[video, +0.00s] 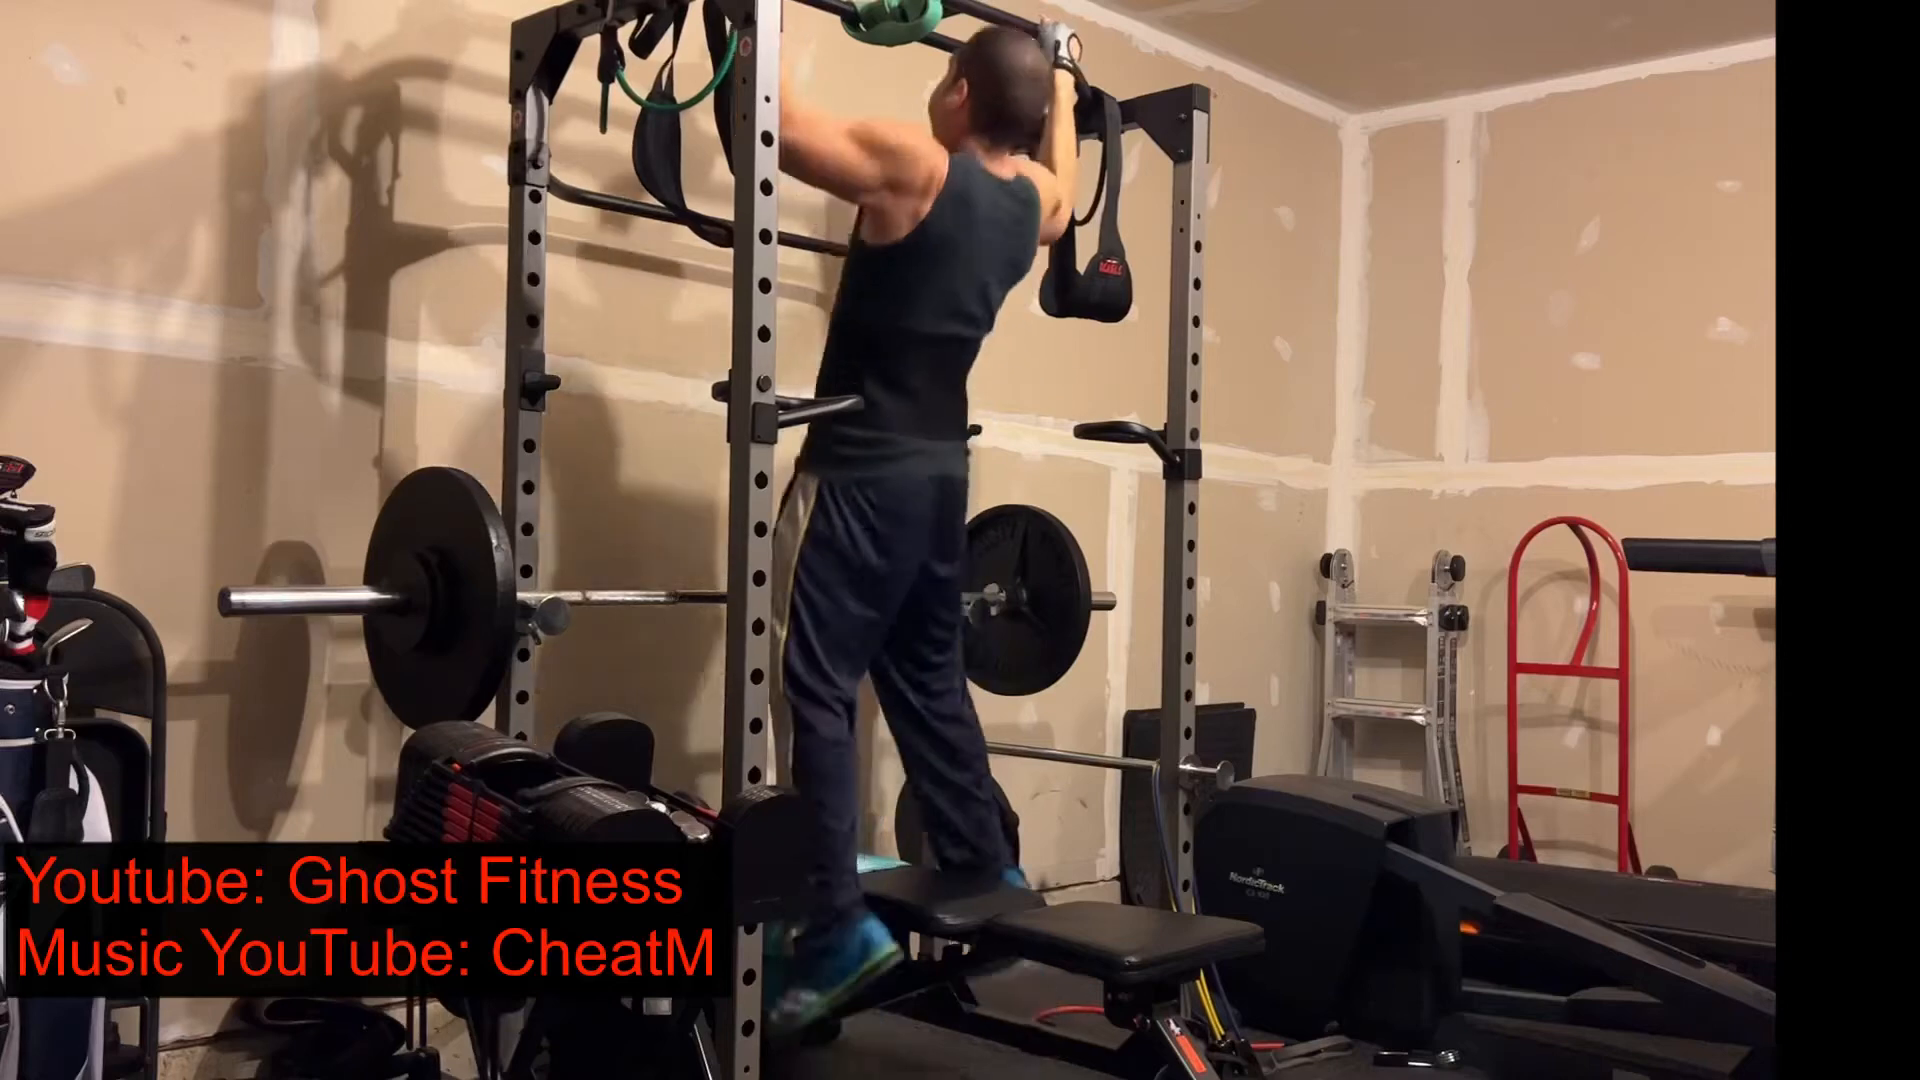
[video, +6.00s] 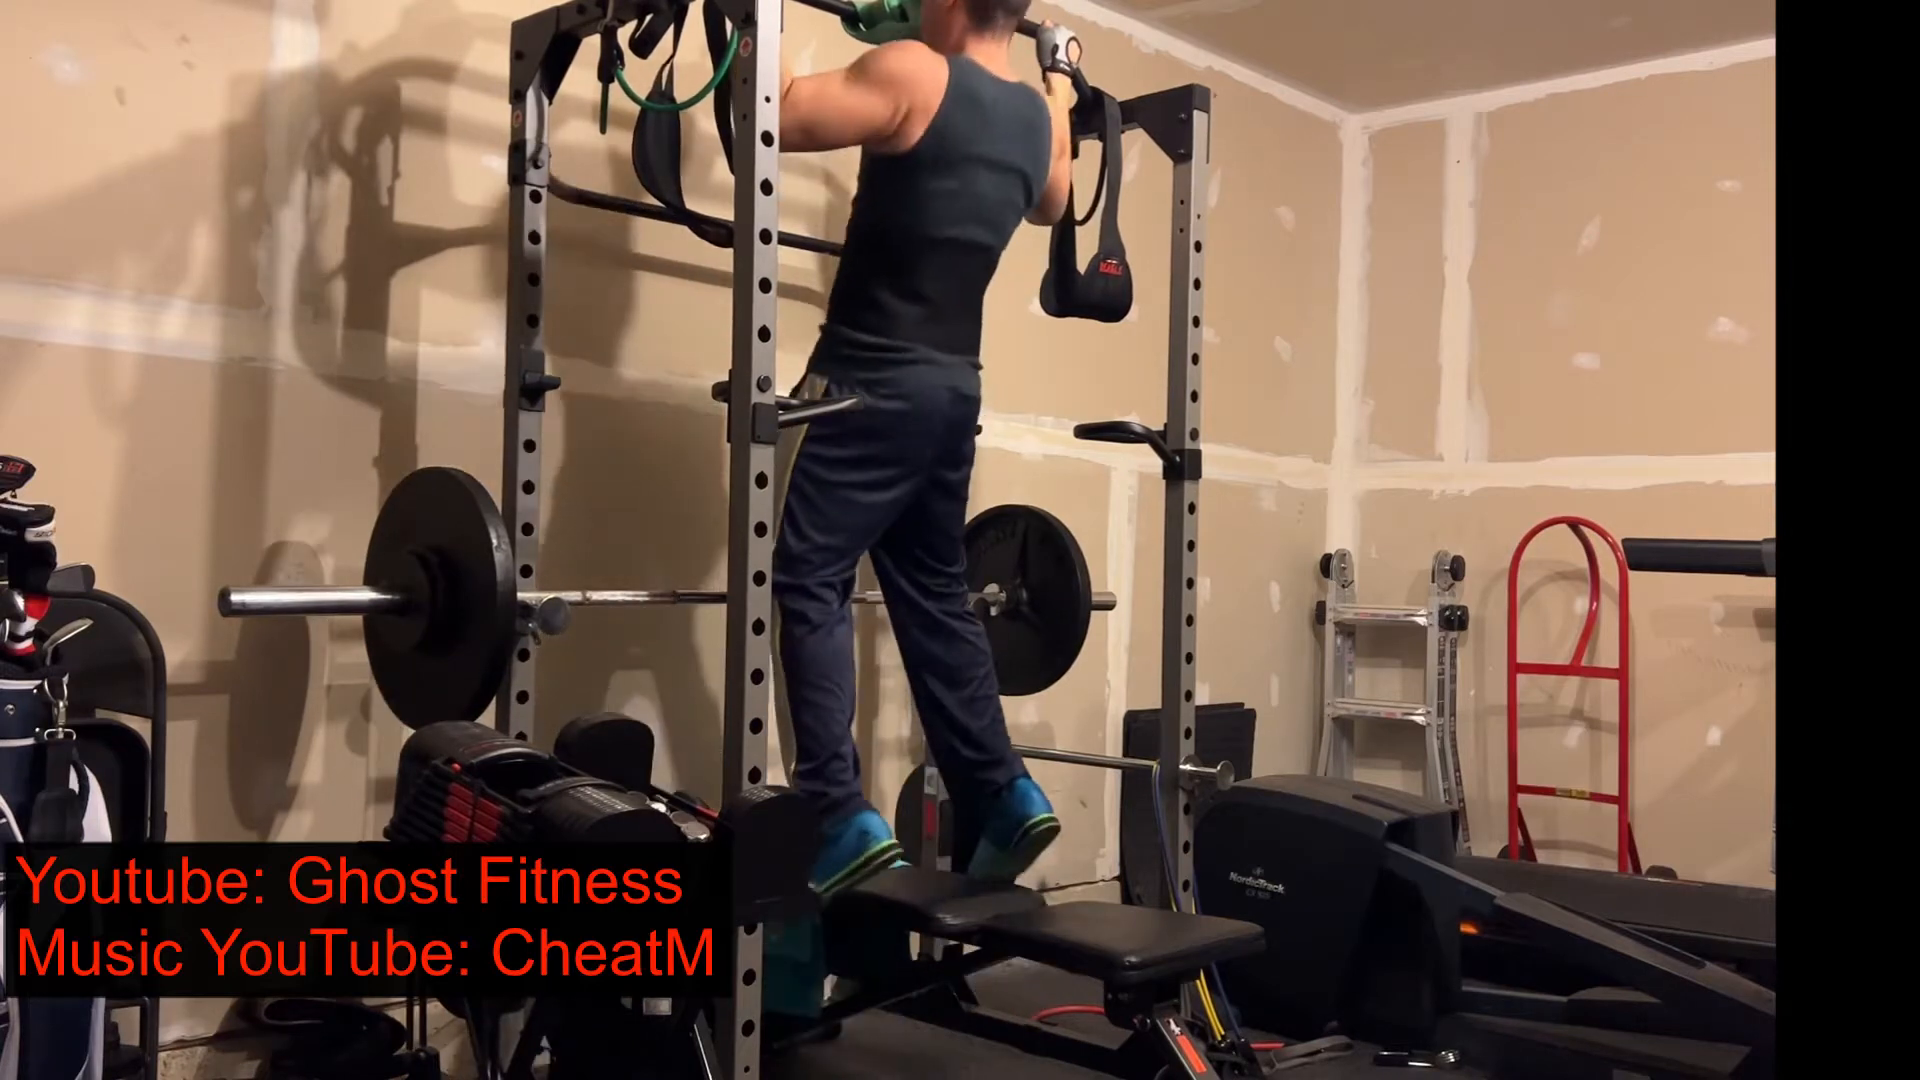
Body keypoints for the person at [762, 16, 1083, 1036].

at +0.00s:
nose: (937, 84)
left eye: (949, 76)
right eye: (948, 72)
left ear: (963, 101)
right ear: (1028, 116)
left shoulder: (911, 159)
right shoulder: (1029, 200)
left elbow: (771, 123)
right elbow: (1060, 188)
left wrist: (755, 24)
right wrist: (1057, 98)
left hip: (865, 471)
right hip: (939, 473)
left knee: (820, 686)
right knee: (928, 681)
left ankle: (839, 918)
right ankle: (983, 877)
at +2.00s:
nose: (912, 70)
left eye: (919, 57)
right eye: (924, 58)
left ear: (932, 76)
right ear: (1001, 100)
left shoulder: (891, 154)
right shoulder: (1012, 196)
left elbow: (760, 125)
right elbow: (1053, 189)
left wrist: (739, 34)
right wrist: (1060, 93)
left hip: (858, 451)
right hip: (932, 453)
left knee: (820, 658)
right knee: (930, 657)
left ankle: (863, 887)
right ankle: (1006, 853)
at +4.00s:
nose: (905, 161)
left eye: (914, 150)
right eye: (917, 151)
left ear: (929, 162)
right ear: (1001, 185)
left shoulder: (892, 236)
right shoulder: (1011, 267)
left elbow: (782, 135)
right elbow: (1044, 186)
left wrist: (764, 26)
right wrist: (1057, 103)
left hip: (856, 536)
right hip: (932, 537)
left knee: (814, 755)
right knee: (927, 747)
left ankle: (859, 983)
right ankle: (1016, 955)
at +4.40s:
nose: (940, 24)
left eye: (947, 12)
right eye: (947, 12)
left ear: (966, 17)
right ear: (1038, 35)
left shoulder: (927, 92)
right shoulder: (1051, 136)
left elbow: (779, 109)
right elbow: (1071, 204)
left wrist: (757, 15)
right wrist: (1055, 94)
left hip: (863, 408)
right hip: (945, 417)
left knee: (782, 597)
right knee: (910, 608)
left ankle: (784, 823)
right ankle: (963, 808)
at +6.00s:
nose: (917, 10)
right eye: (921, 0)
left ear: (951, 7)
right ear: (1013, 20)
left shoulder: (910, 73)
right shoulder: (1035, 116)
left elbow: (769, 114)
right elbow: (1056, 202)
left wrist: (751, 22)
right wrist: (1057, 88)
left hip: (871, 383)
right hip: (952, 392)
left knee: (806, 585)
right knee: (935, 597)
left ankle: (839, 813)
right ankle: (1002, 798)